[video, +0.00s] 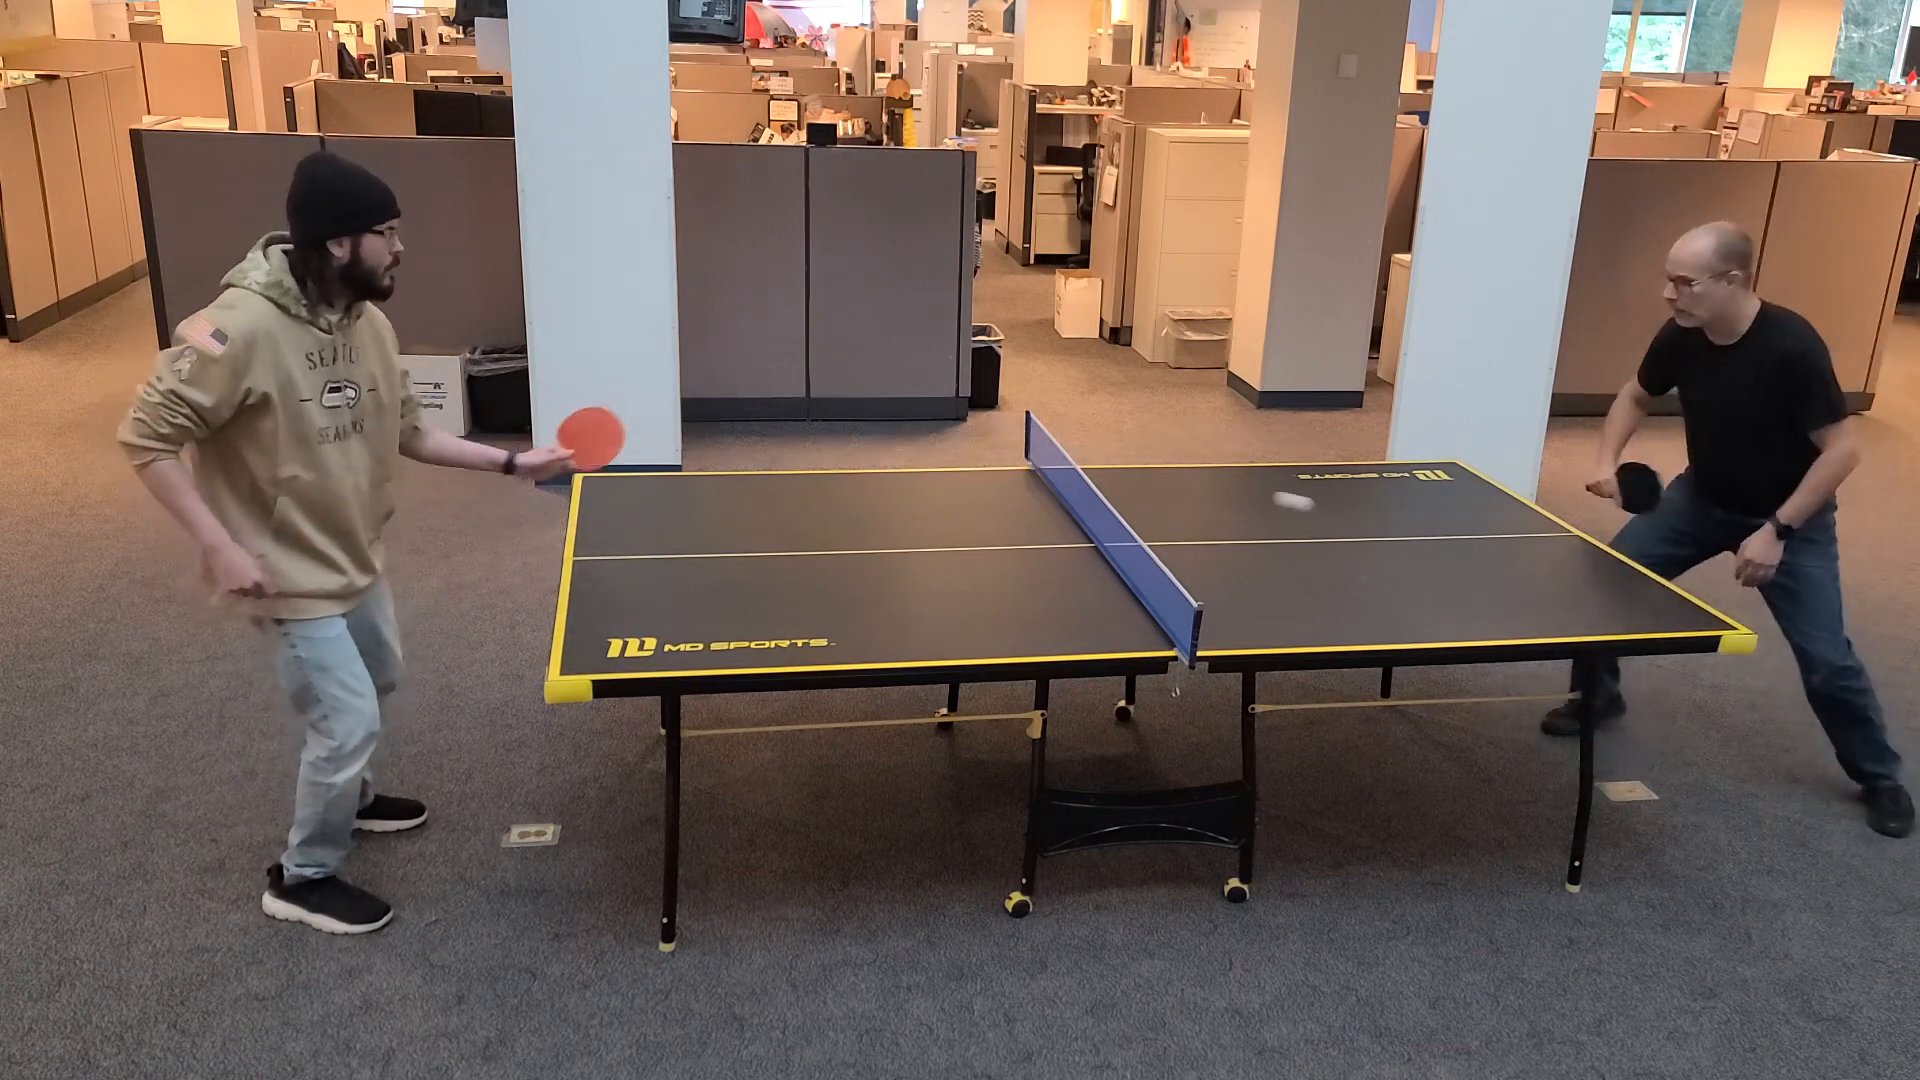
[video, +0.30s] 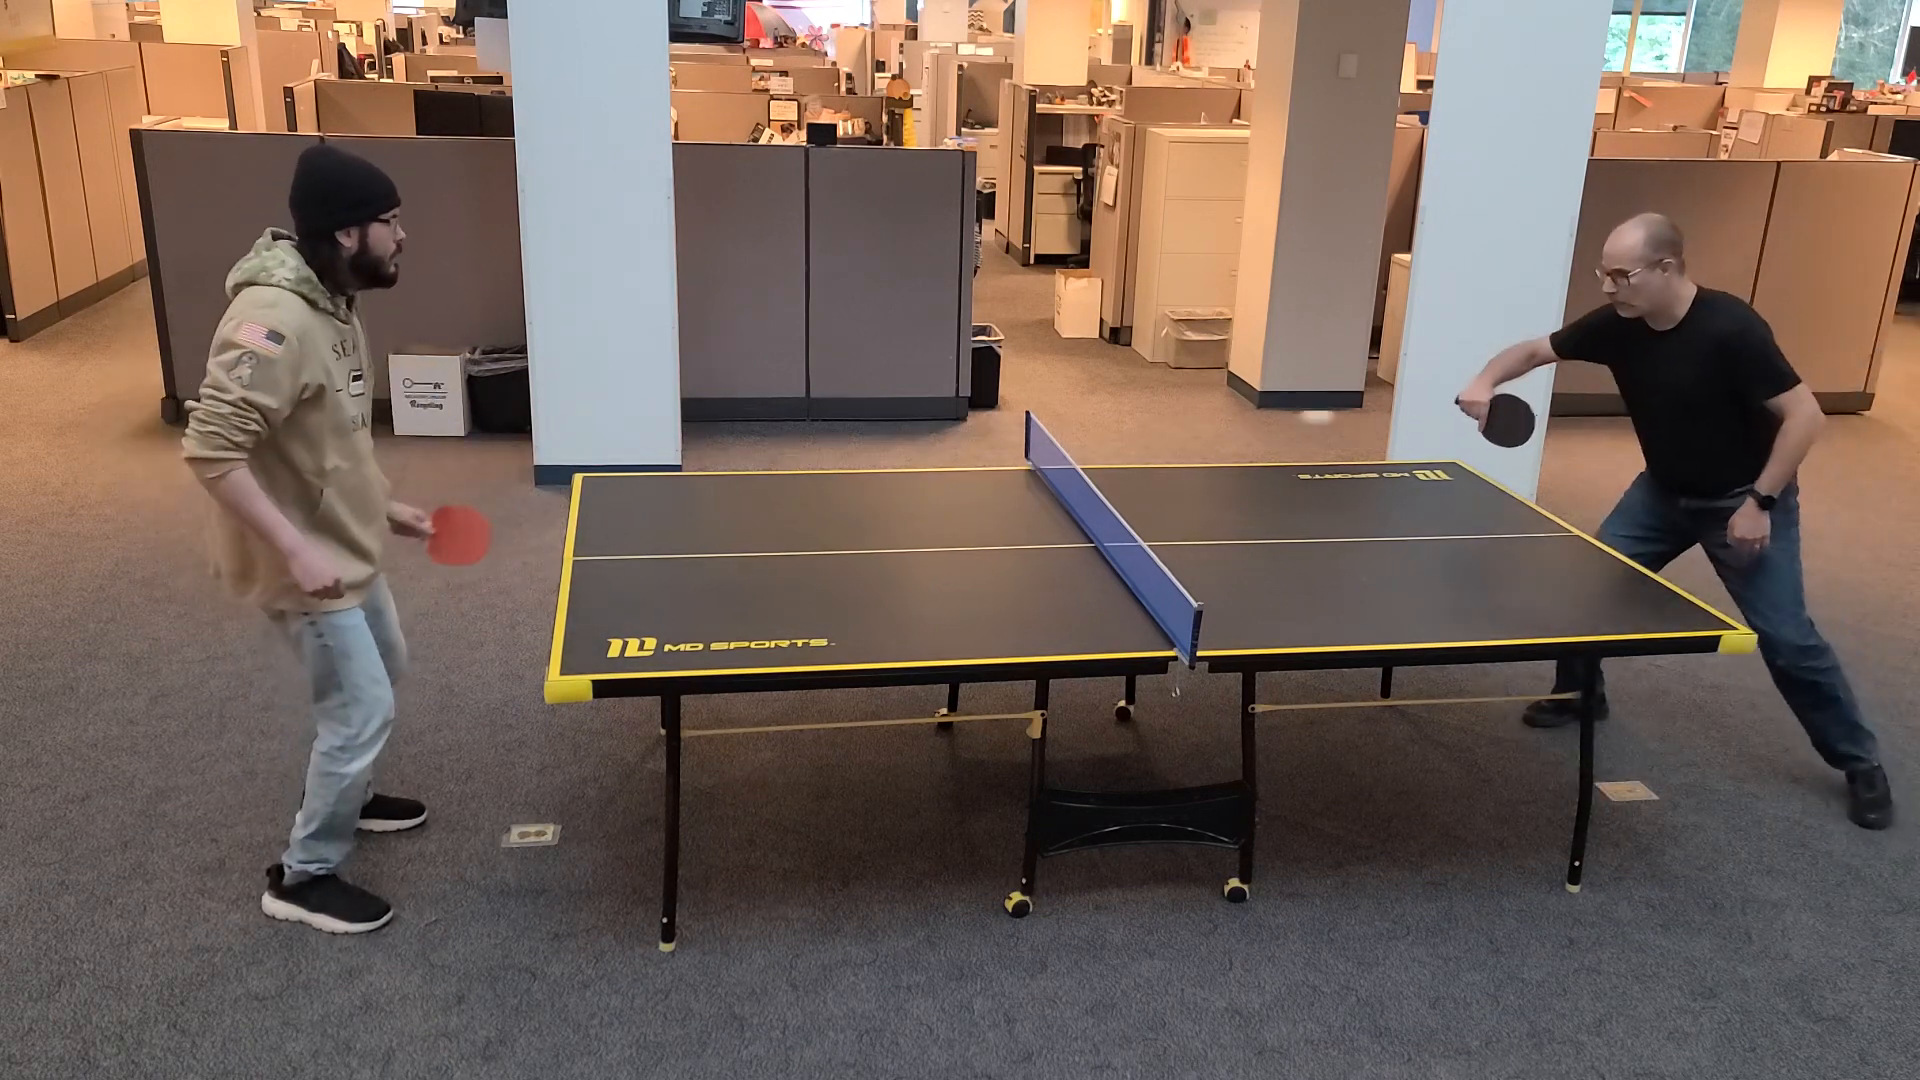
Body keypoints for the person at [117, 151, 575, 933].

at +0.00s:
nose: (397, 246)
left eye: (393, 231)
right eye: (384, 233)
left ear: (340, 243)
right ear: (336, 243)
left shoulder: (367, 323)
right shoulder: (241, 328)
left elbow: (412, 434)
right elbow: (148, 439)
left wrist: (512, 459)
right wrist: (216, 546)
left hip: (352, 557)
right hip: (286, 572)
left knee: (378, 680)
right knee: (347, 723)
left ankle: (347, 800)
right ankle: (302, 875)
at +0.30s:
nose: (402, 233)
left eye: (397, 218)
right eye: (389, 220)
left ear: (346, 232)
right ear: (345, 234)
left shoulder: (325, 297)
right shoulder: (272, 320)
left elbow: (321, 441)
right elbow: (210, 452)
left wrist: (386, 504)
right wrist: (295, 548)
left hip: (347, 543)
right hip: (301, 564)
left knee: (388, 673)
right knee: (359, 711)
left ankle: (345, 803)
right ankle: (303, 875)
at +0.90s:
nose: (400, 263)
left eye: (401, 247)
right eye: (387, 249)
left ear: (359, 254)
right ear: (333, 253)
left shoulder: (400, 348)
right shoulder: (227, 327)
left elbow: (493, 426)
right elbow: (130, 413)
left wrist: (601, 462)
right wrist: (168, 527)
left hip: (362, 561)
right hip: (272, 567)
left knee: (394, 685)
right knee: (337, 717)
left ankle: (347, 798)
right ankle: (303, 875)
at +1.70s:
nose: (407, 237)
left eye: (405, 221)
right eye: (394, 223)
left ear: (352, 229)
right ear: (344, 228)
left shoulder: (365, 301)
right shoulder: (262, 312)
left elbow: (376, 422)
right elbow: (184, 427)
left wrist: (391, 506)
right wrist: (257, 533)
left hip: (366, 542)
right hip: (303, 559)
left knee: (383, 675)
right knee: (351, 709)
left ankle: (345, 799)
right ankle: (302, 872)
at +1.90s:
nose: (407, 245)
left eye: (404, 230)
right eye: (394, 231)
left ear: (352, 239)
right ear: (343, 238)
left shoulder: (381, 320)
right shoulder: (248, 318)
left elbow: (408, 435)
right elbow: (167, 426)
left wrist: (416, 511)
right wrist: (222, 535)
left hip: (373, 551)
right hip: (299, 565)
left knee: (395, 681)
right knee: (351, 710)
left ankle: (348, 797)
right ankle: (303, 872)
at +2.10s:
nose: (401, 235)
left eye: (398, 219)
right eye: (387, 221)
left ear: (349, 231)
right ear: (337, 231)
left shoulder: (379, 313)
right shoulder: (244, 313)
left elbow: (431, 414)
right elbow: (151, 418)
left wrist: (535, 441)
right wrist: (215, 523)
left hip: (368, 548)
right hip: (295, 559)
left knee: (388, 679)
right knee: (345, 710)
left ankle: (344, 799)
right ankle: (301, 874)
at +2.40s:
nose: (406, 223)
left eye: (403, 207)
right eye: (393, 209)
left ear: (349, 219)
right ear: (346, 219)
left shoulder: (337, 286)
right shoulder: (269, 302)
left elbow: (333, 421)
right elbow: (184, 419)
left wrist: (408, 432)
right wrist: (265, 522)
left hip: (355, 536)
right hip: (303, 549)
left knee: (379, 672)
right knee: (348, 709)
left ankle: (346, 799)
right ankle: (303, 873)